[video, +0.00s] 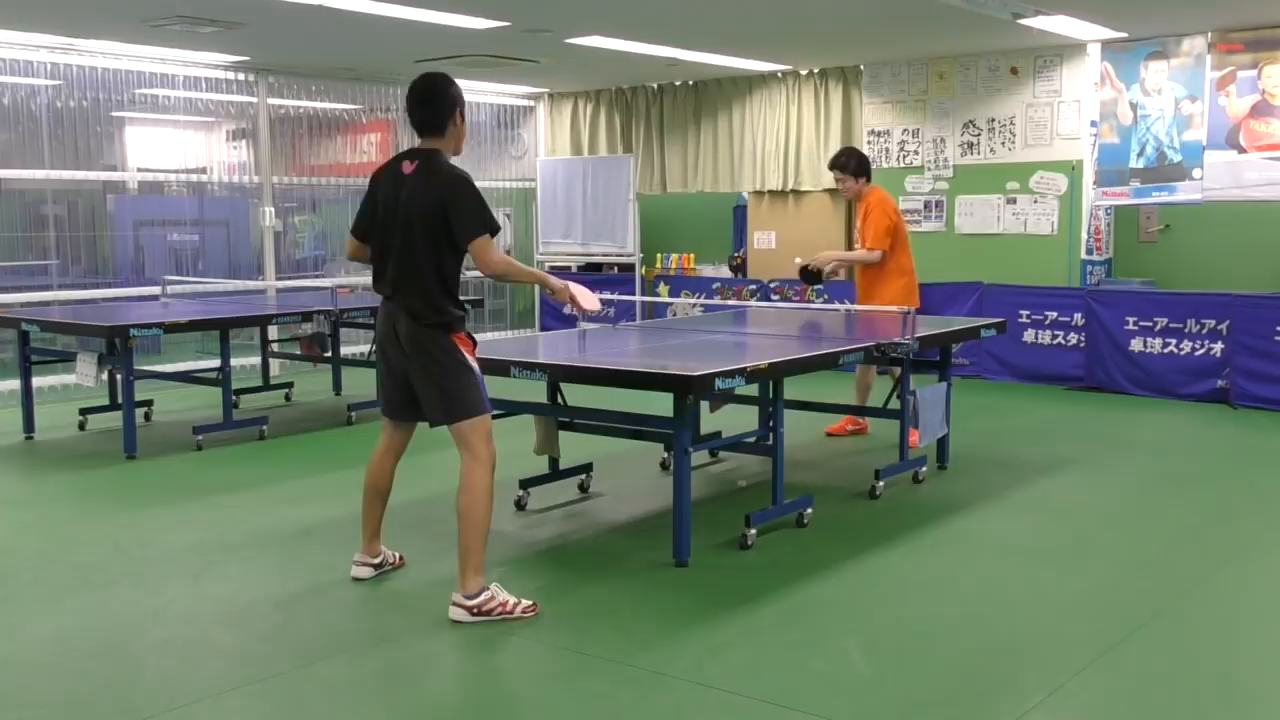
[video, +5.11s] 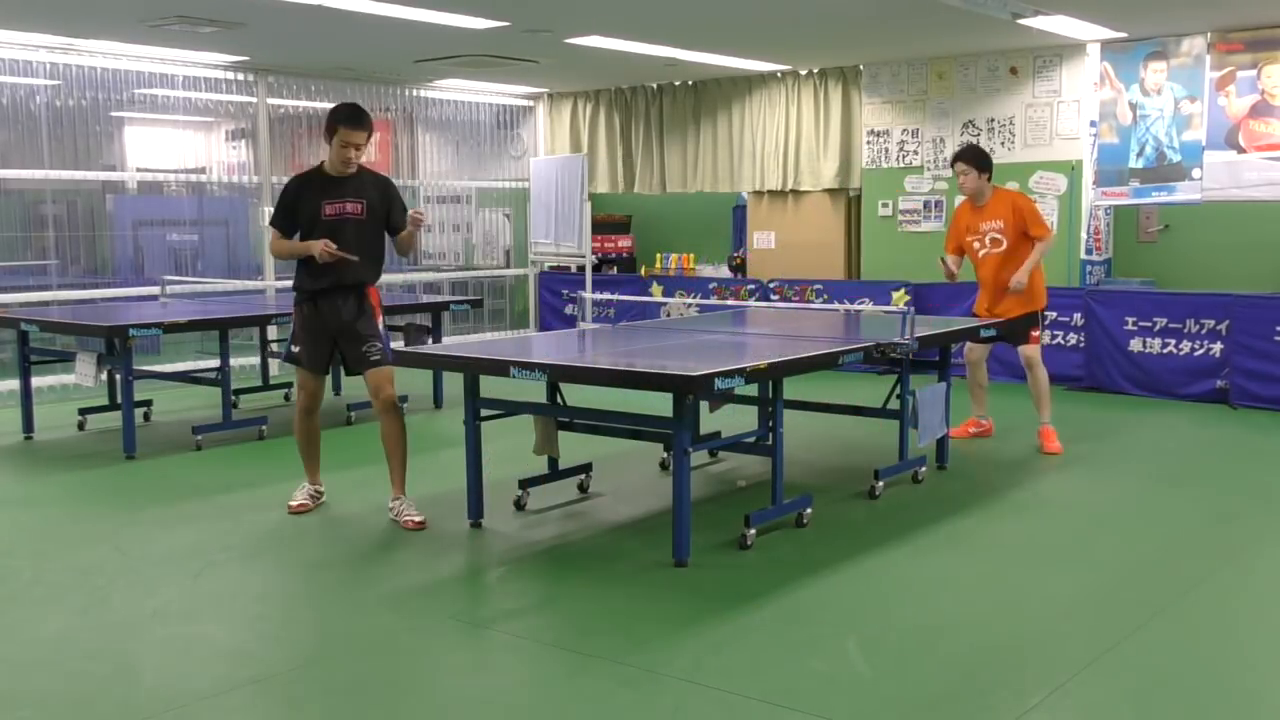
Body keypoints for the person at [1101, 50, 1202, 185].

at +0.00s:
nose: (1159, 77)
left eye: (1162, 71)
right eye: (1155, 71)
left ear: (1168, 72)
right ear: (1144, 72)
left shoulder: (1174, 89)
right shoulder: (1135, 91)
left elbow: (1199, 105)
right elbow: (1125, 121)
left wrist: (1191, 107)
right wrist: (1121, 94)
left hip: (1171, 161)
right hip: (1141, 163)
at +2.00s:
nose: (1159, 77)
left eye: (1163, 71)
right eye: (1155, 71)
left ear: (1168, 73)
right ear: (1144, 72)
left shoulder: (1173, 89)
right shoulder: (1135, 91)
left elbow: (1199, 106)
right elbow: (1125, 121)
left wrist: (1191, 107)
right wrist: (1121, 94)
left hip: (1171, 161)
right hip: (1142, 163)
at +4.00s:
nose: (1159, 76)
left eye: (1163, 71)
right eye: (1155, 71)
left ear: (1168, 73)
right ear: (1144, 72)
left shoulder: (1174, 89)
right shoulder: (1135, 91)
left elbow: (1199, 106)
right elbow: (1125, 121)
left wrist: (1191, 107)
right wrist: (1121, 94)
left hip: (1171, 161)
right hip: (1141, 163)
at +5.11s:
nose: (1158, 77)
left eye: (1162, 72)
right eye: (1154, 71)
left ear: (1167, 73)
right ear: (1143, 72)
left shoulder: (1173, 90)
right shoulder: (1135, 91)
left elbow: (1198, 106)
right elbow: (1125, 121)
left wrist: (1190, 107)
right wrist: (1121, 95)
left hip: (1171, 162)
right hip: (1141, 164)